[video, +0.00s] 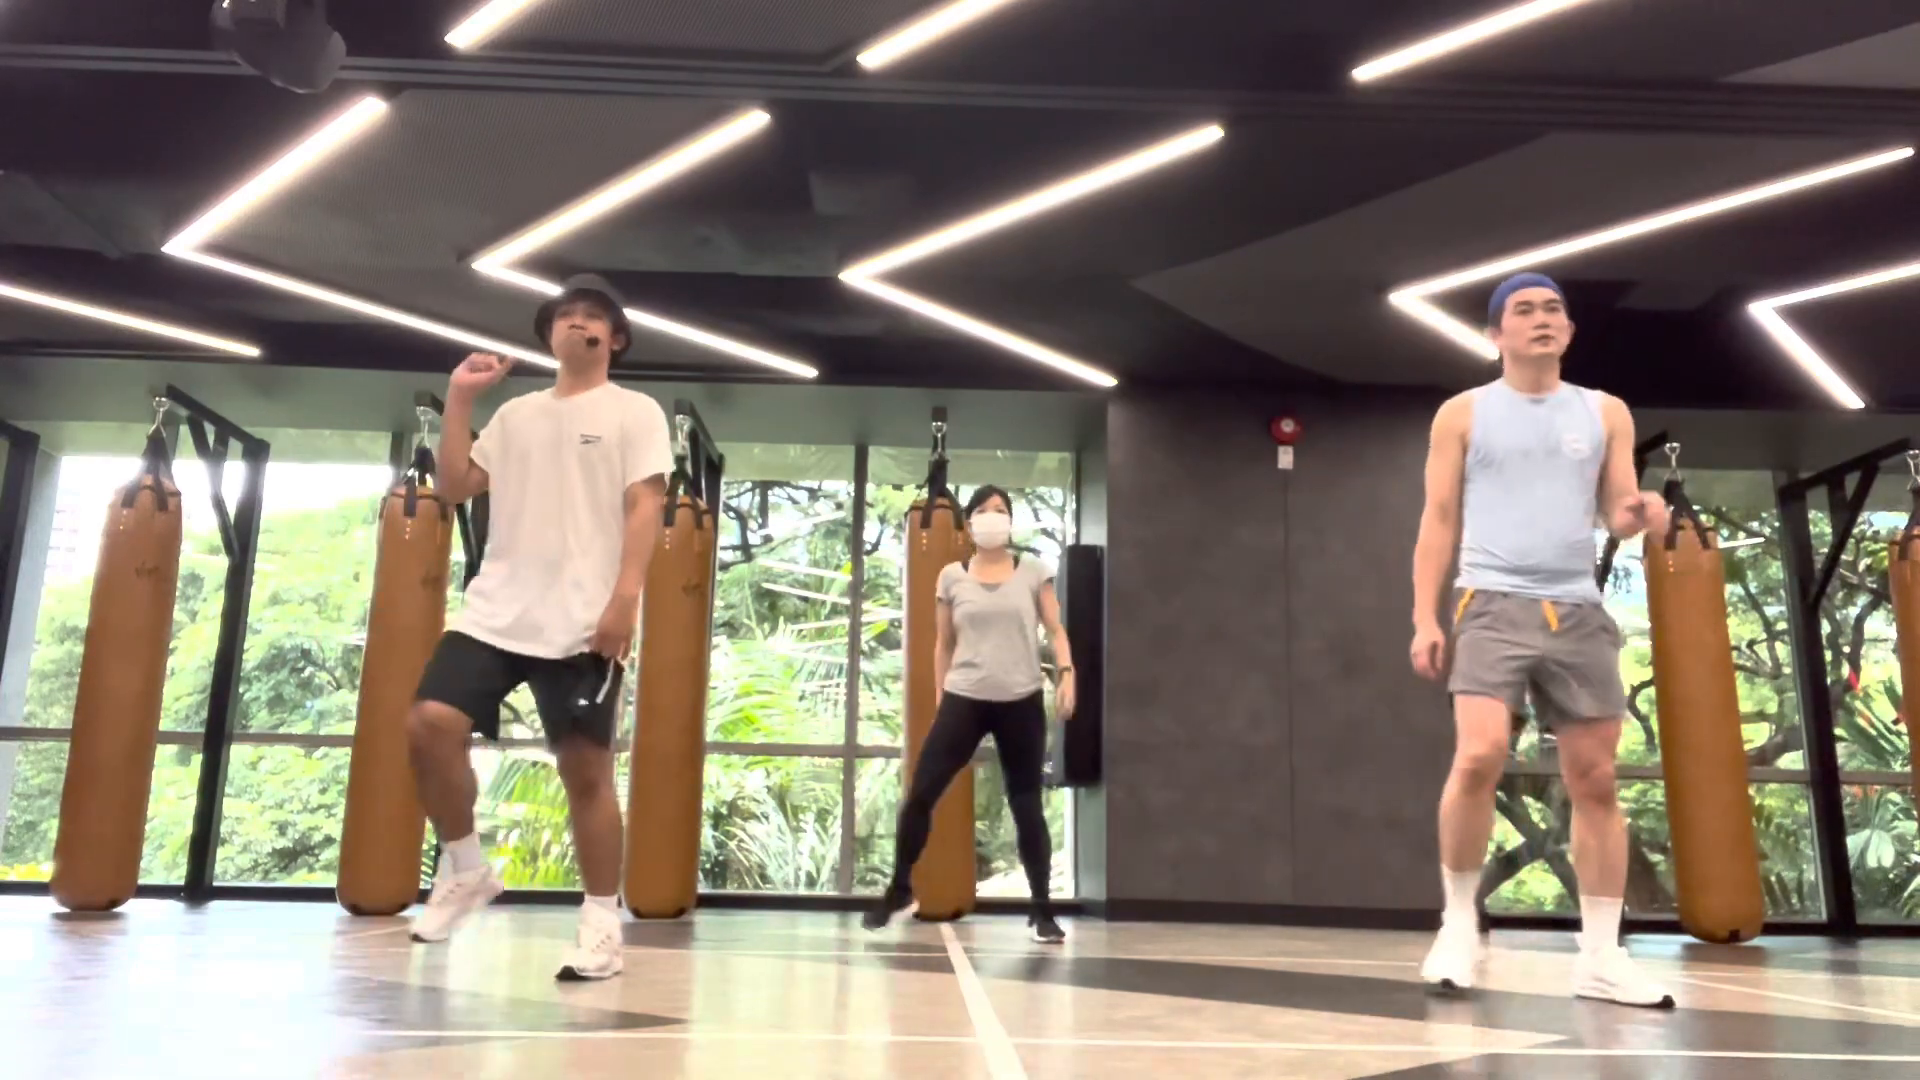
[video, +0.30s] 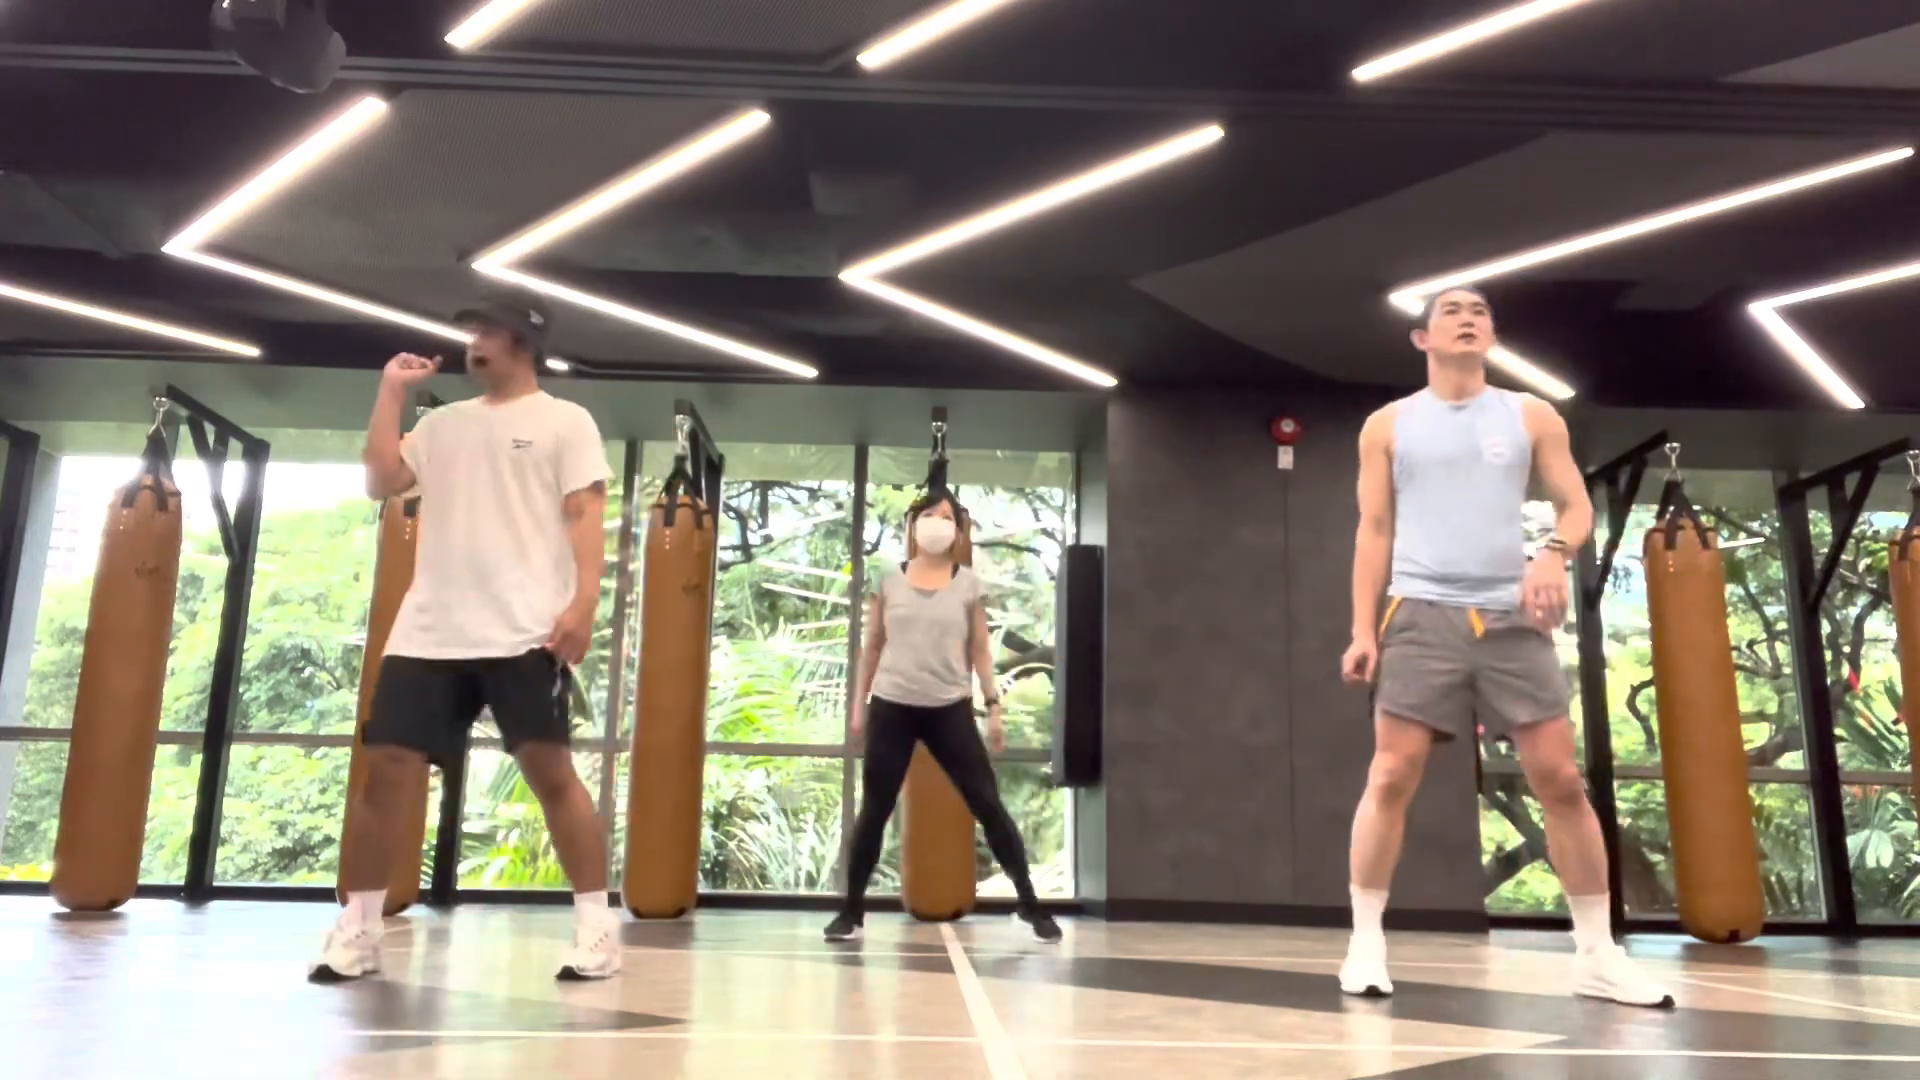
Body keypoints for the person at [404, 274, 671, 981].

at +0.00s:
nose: (579, 322)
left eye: (593, 314)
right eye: (568, 313)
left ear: (615, 337)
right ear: (548, 335)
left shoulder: (635, 412)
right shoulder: (515, 412)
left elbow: (645, 508)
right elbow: (453, 484)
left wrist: (623, 600)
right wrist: (460, 397)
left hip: (580, 615)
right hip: (496, 606)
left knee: (586, 773)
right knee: (433, 724)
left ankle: (601, 930)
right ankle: (466, 871)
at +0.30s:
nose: (473, 339)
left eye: (487, 329)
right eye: (473, 329)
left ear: (524, 341)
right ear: (478, 343)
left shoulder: (565, 420)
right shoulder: (439, 423)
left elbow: (585, 518)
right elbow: (382, 479)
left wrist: (584, 601)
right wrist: (392, 387)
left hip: (521, 630)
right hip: (428, 630)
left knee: (552, 776)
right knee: (387, 768)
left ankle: (597, 928)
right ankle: (358, 930)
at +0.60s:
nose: (421, 331)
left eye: (435, 320)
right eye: (424, 319)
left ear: (472, 331)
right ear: (443, 331)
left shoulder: (525, 411)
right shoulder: (397, 409)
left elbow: (534, 509)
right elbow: (342, 487)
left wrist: (517, 595)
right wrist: (300, 459)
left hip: (472, 614)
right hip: (384, 614)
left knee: (453, 748)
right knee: (372, 769)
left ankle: (474, 910)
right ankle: (357, 930)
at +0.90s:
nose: (430, 324)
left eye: (444, 312)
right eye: (430, 313)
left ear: (484, 325)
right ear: (442, 327)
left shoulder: (534, 411)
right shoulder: (401, 408)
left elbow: (543, 507)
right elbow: (382, 513)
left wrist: (534, 590)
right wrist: (363, 607)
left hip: (488, 613)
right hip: (396, 613)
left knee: (490, 735)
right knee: (370, 770)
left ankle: (499, 884)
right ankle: (356, 929)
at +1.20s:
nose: (492, 351)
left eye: (503, 339)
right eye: (493, 339)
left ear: (538, 344)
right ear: (513, 347)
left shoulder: (599, 426)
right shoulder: (474, 427)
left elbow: (603, 528)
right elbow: (433, 527)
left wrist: (593, 623)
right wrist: (382, 601)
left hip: (543, 641)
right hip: (454, 631)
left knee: (565, 775)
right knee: (403, 775)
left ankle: (606, 927)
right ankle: (361, 927)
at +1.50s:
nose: (573, 320)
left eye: (587, 312)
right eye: (562, 312)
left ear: (613, 331)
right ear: (547, 334)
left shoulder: (642, 408)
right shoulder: (526, 411)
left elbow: (667, 500)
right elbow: (505, 509)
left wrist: (656, 587)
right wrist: (434, 531)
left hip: (602, 614)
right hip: (517, 611)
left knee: (595, 759)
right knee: (476, 745)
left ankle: (608, 928)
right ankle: (525, 894)